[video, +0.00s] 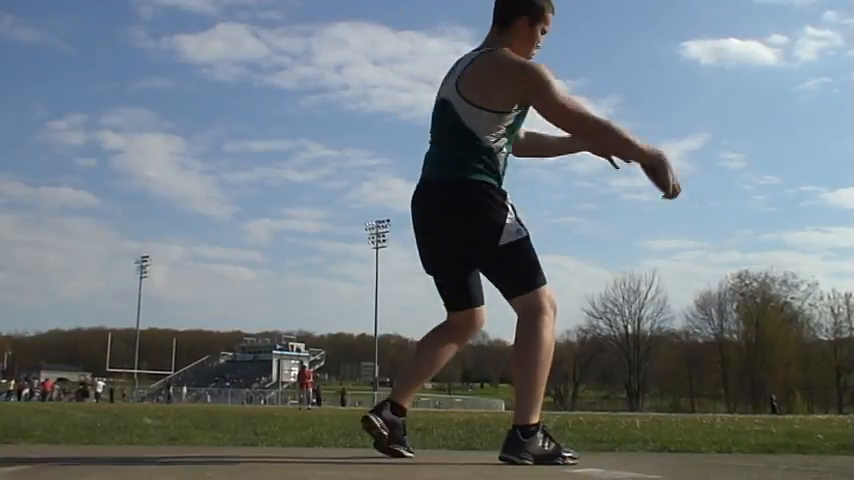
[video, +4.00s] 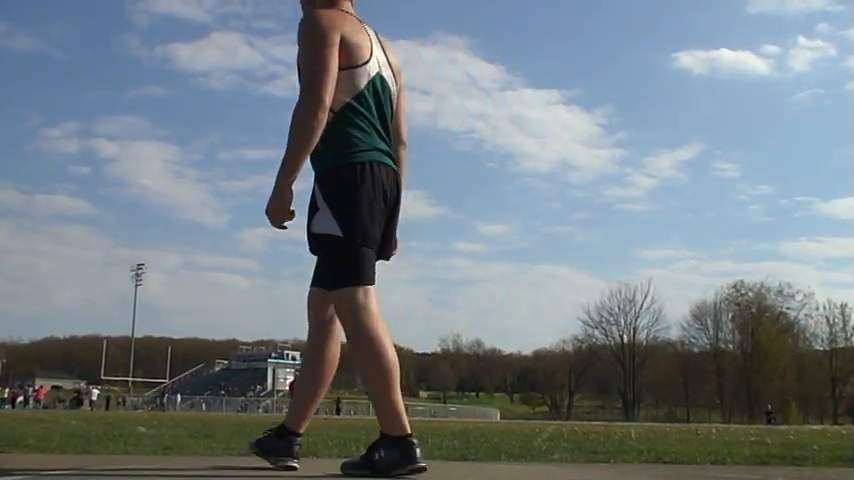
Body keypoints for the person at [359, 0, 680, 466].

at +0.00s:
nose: (542, 39)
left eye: (544, 30)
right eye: (541, 28)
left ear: (502, 20)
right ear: (520, 21)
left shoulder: (465, 68)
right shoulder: (520, 71)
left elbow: (513, 140)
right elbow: (579, 122)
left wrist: (581, 144)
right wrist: (647, 155)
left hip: (430, 203)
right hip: (476, 200)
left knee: (464, 319)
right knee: (538, 307)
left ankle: (391, 412)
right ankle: (527, 434)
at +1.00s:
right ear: (488, 4)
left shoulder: (446, 18)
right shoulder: (495, 36)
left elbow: (368, 15)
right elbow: (497, 36)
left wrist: (291, 13)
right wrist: (502, 25)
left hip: (428, 150)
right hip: (473, 160)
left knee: (396, 273)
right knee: (450, 286)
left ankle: (383, 385)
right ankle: (439, 406)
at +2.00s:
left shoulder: (431, 8)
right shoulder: (500, 42)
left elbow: (388, 83)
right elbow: (501, 134)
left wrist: (326, 130)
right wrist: (459, 162)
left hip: (434, 173)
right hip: (481, 177)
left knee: (420, 308)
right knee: (457, 301)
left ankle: (427, 434)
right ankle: (491, 425)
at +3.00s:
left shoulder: (471, 4)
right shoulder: (546, 33)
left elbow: (461, 75)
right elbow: (559, 125)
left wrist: (422, 157)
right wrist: (519, 167)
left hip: (476, 164)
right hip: (532, 174)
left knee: (434, 297)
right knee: (534, 307)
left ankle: (414, 436)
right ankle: (540, 447)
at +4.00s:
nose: (301, 5)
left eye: (303, 4)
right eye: (303, 4)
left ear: (313, 0)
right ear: (349, 1)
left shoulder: (322, 20)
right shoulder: (386, 46)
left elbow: (316, 104)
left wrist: (282, 186)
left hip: (347, 178)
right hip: (381, 182)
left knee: (357, 309)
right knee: (323, 308)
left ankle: (398, 441)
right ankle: (288, 436)